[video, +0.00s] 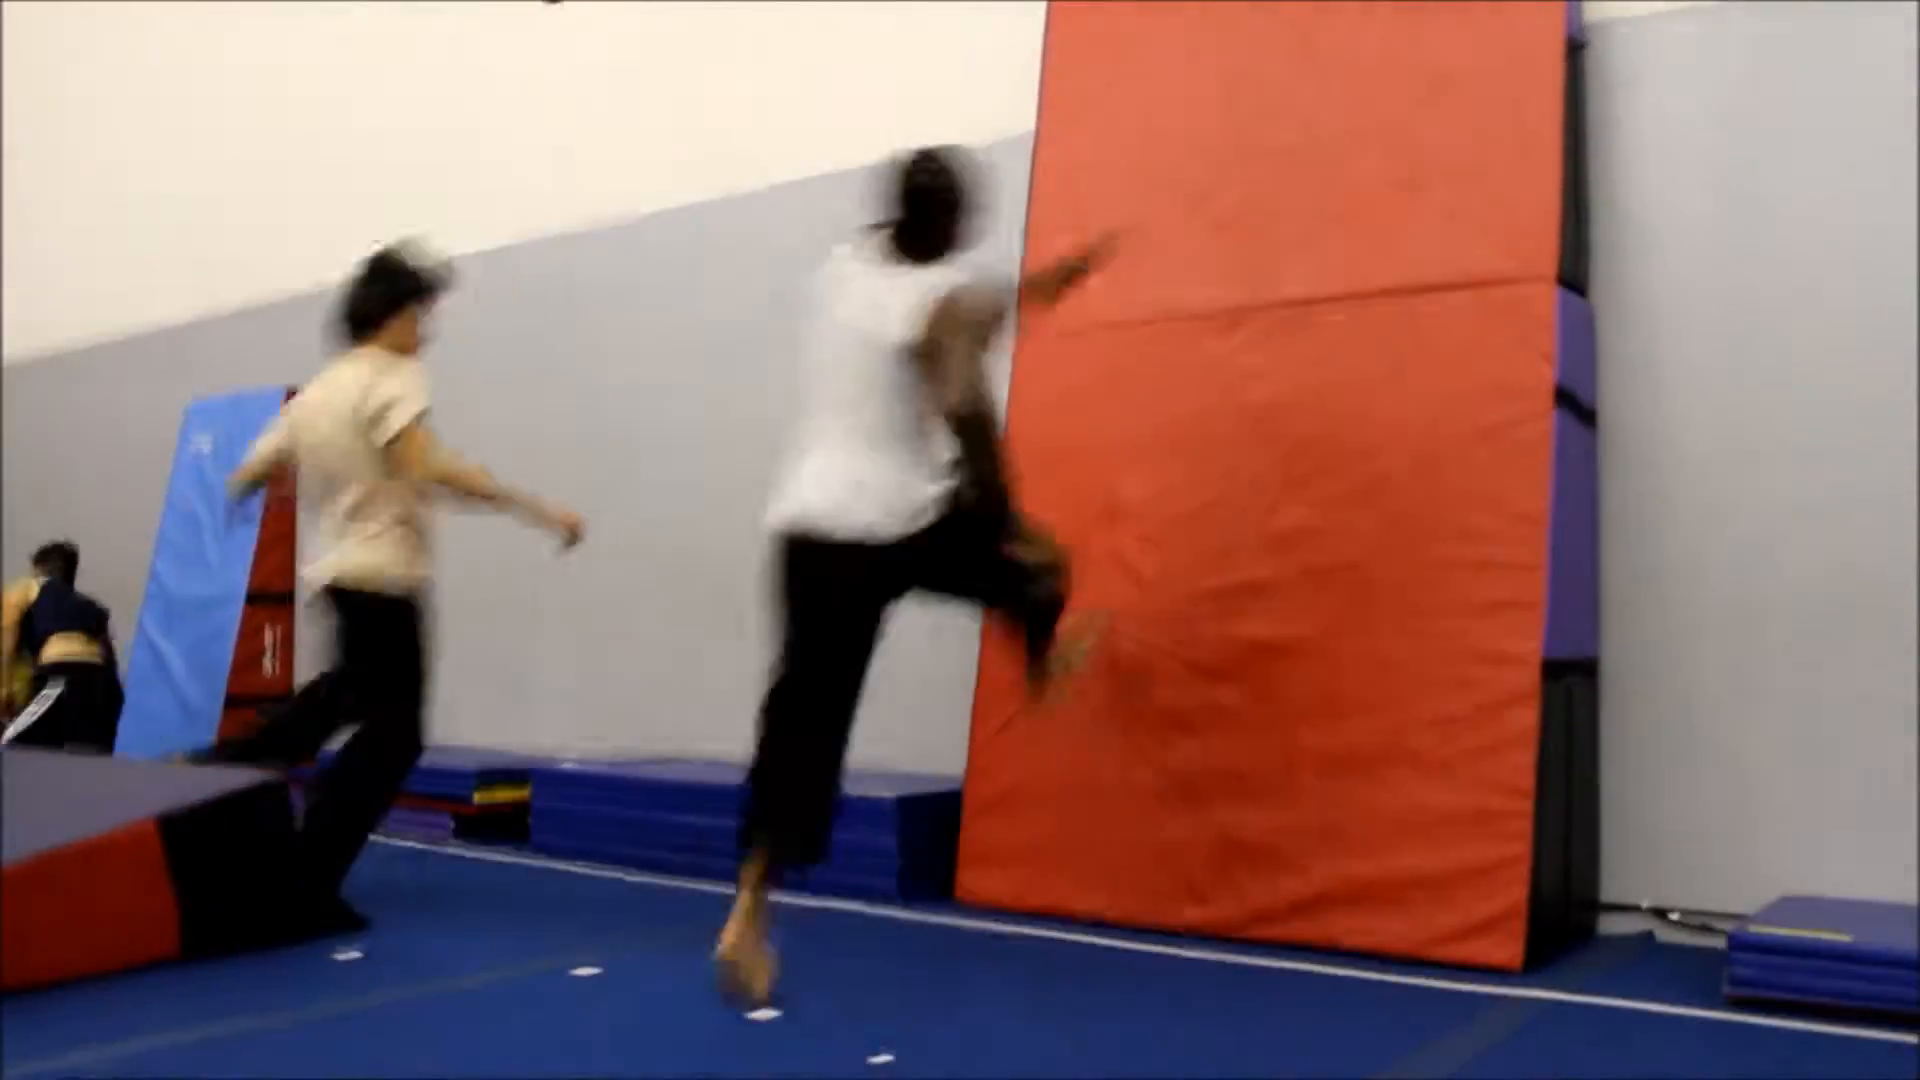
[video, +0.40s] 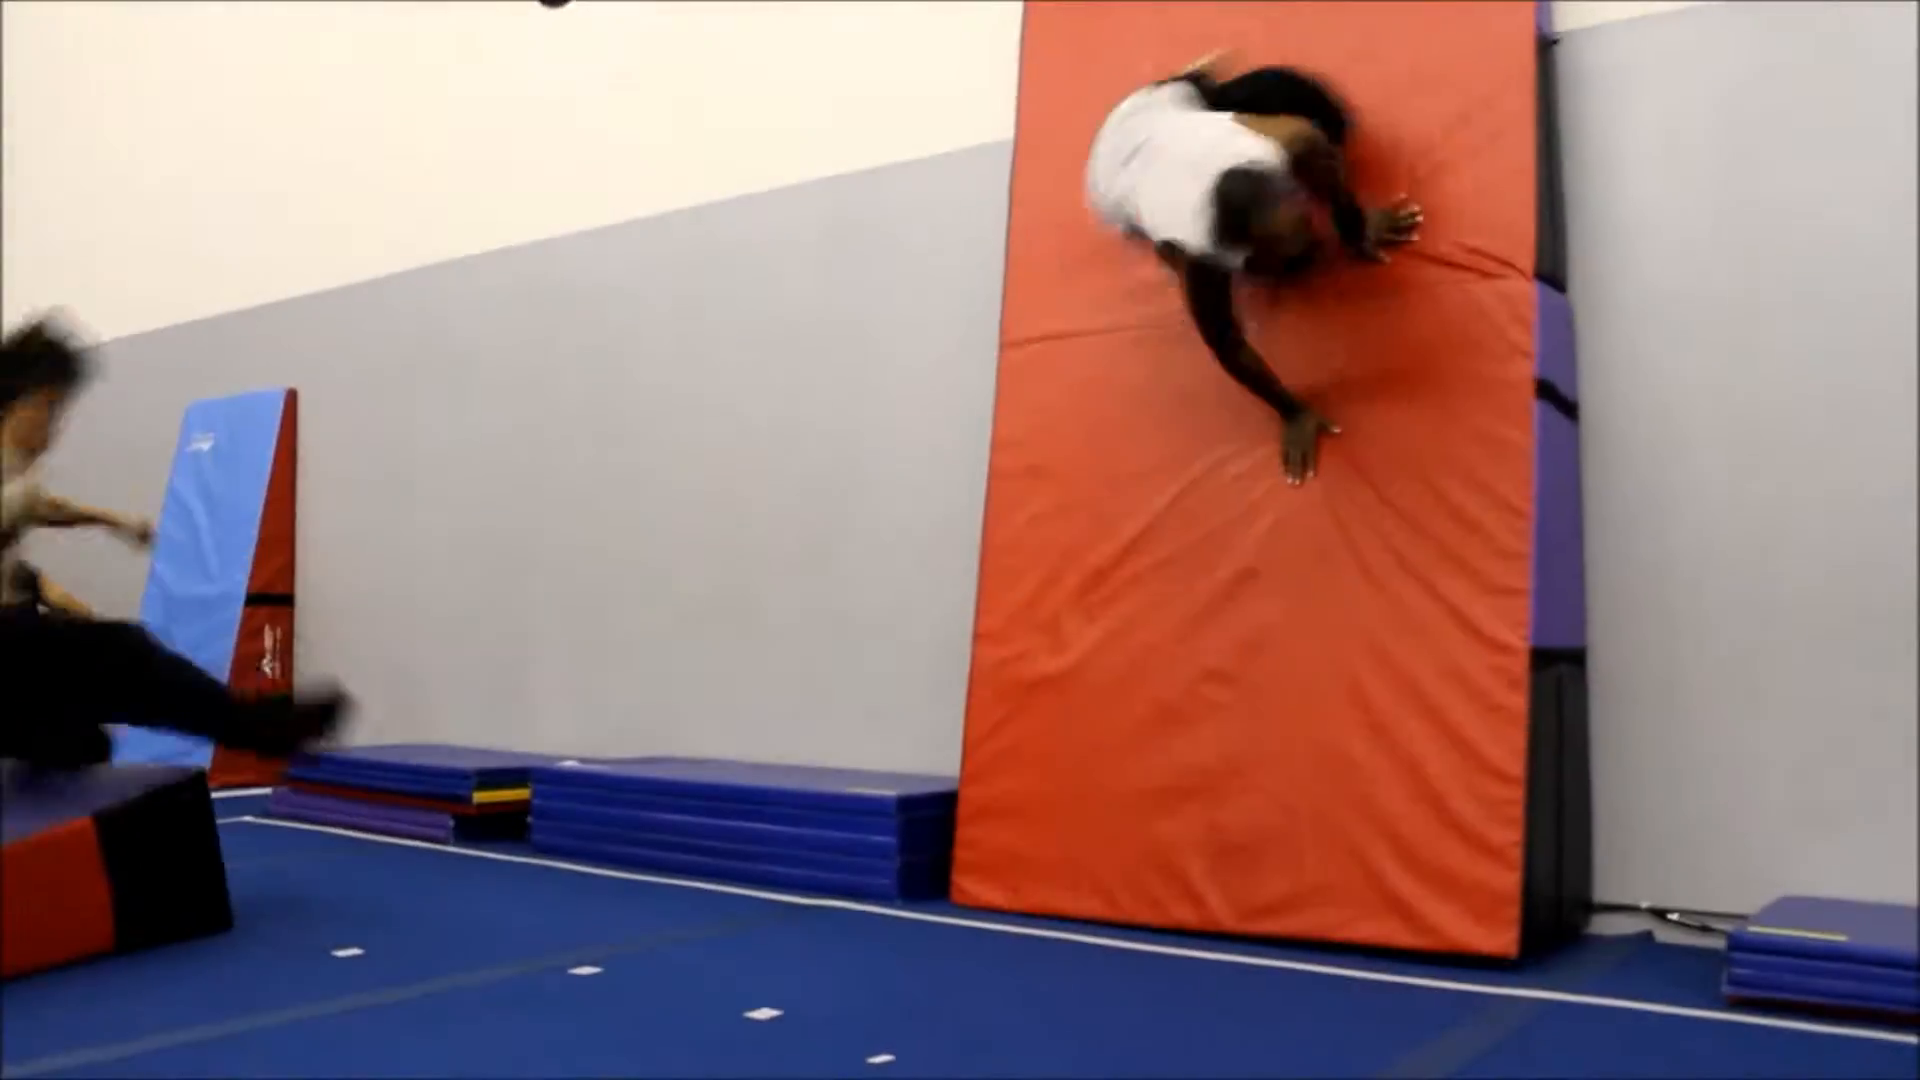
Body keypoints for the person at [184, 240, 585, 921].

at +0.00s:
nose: (423, 330)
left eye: (422, 316)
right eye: (417, 316)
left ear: (361, 319)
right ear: (393, 317)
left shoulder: (315, 394)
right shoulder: (391, 379)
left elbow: (246, 477)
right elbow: (423, 464)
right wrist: (538, 512)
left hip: (339, 577)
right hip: (385, 580)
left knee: (355, 690)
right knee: (396, 737)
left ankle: (238, 766)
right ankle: (313, 880)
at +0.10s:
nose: (327, 369)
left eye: (327, 356)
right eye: (320, 356)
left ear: (265, 359)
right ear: (293, 358)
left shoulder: (219, 431)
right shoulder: (300, 421)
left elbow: (148, 524)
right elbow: (353, 503)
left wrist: (115, 583)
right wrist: (455, 524)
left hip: (244, 628)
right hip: (303, 628)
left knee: (216, 729)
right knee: (355, 761)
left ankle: (106, 780)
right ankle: (315, 901)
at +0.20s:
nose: (232, 369)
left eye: (233, 355)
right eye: (226, 354)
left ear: (175, 351)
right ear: (199, 351)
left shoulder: (118, 421)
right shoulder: (198, 414)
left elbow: (68, 520)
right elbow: (211, 512)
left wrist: (67, 604)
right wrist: (287, 541)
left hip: (166, 617)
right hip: (216, 617)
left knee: (190, 722)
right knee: (294, 743)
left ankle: (87, 801)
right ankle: (312, 898)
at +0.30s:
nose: (155, 371)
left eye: (157, 357)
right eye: (147, 355)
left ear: (109, 353)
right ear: (110, 352)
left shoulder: (71, 413)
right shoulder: (79, 418)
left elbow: (34, 520)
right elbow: (32, 513)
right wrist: (69, 601)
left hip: (62, 616)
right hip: (86, 614)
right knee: (212, 686)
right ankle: (307, 837)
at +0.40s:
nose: (53, 426)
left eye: (55, 409)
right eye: (48, 407)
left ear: (24, 404)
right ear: (17, 404)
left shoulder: (18, 478)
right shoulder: (9, 468)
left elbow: (40, 510)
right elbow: (28, 508)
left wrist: (114, 523)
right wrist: (111, 522)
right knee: (120, 650)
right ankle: (251, 725)